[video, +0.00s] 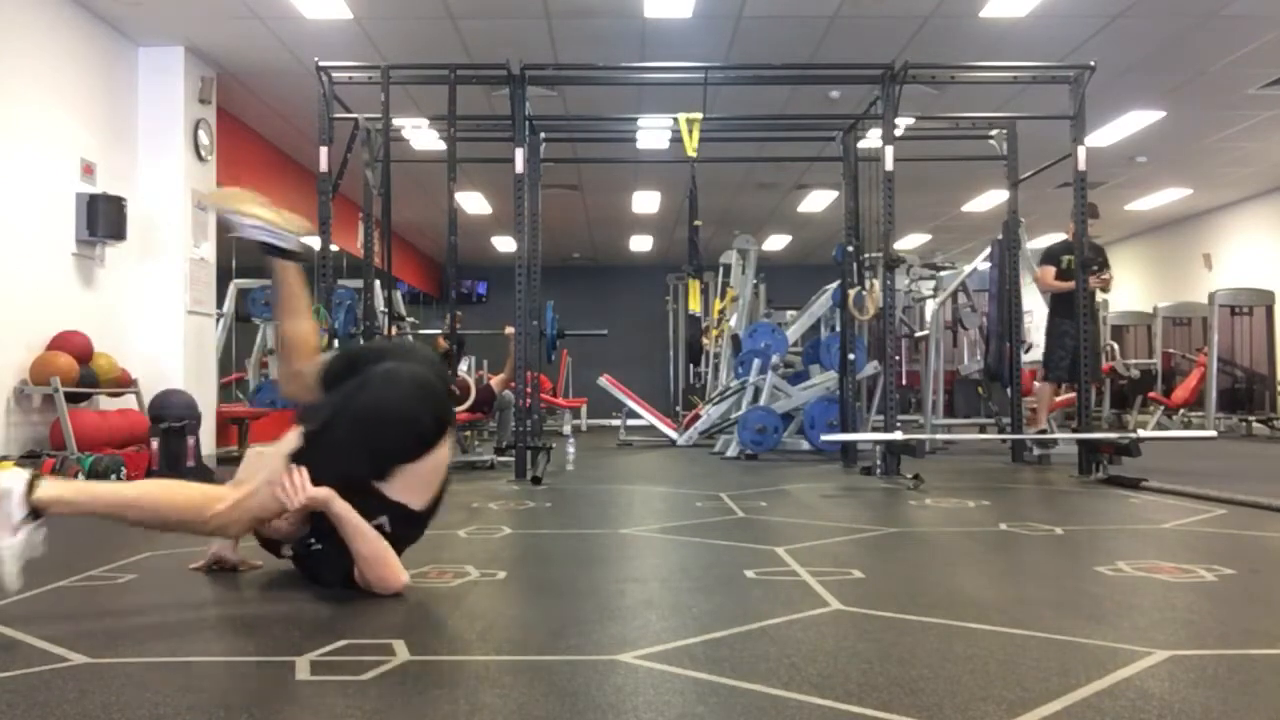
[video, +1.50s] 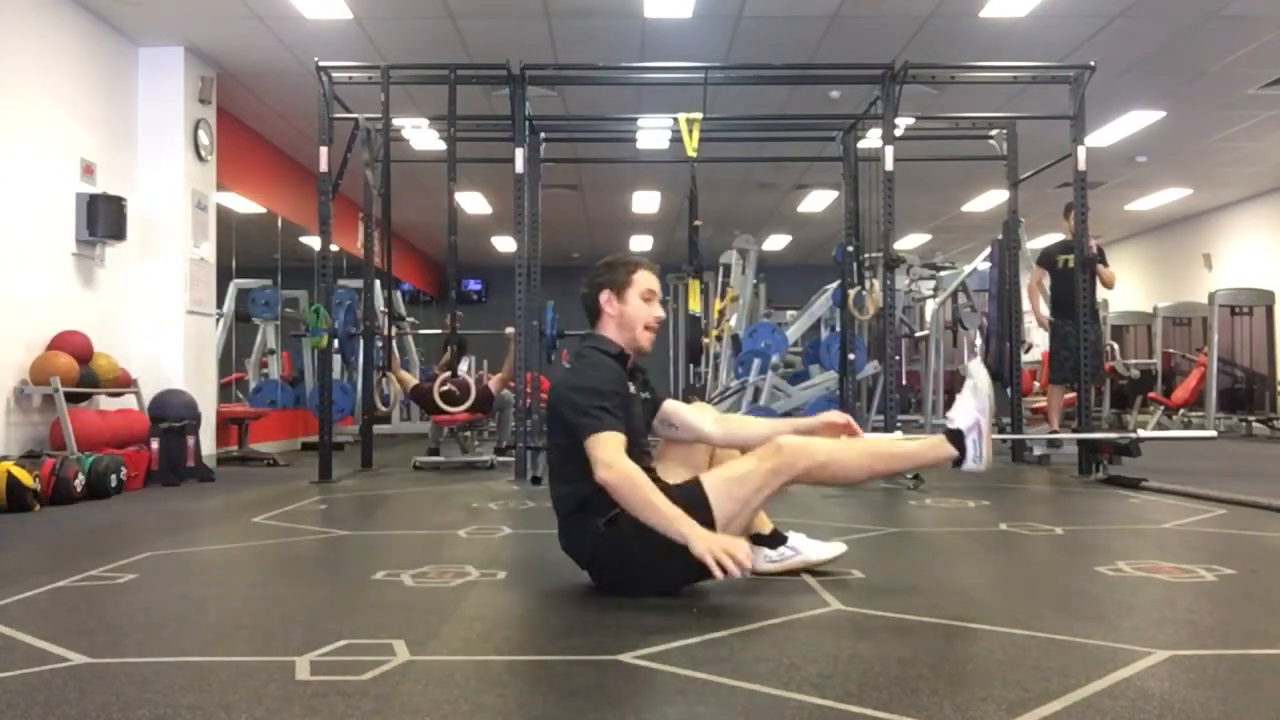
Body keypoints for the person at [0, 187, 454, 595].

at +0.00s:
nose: (275, 524)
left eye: (273, 531)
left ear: (274, 535)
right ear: (298, 542)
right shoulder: (329, 557)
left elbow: (267, 451)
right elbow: (393, 581)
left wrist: (230, 543)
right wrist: (331, 505)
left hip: (402, 367)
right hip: (412, 403)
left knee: (301, 381)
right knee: (231, 510)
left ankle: (284, 248)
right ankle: (34, 492)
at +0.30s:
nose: (329, 482)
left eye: (324, 476)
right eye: (315, 488)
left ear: (339, 477)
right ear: (312, 518)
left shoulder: (371, 474)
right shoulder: (345, 553)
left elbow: (349, 415)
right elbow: (384, 584)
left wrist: (277, 453)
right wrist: (368, 530)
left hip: (518, 434)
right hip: (519, 479)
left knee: (398, 391)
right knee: (322, 439)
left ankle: (473, 319)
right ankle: (227, 318)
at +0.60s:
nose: (412, 433)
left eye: (406, 425)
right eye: (394, 432)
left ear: (414, 432)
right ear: (372, 457)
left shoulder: (453, 476)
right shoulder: (397, 510)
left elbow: (498, 413)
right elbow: (386, 541)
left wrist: (434, 355)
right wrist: (384, 499)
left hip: (598, 517)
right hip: (557, 539)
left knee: (572, 365)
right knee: (509, 357)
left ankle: (681, 431)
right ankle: (590, 219)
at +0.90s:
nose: (536, 351)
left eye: (534, 341)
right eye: (521, 341)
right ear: (483, 356)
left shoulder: (537, 413)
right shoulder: (473, 416)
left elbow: (608, 396)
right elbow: (505, 453)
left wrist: (641, 330)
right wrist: (581, 429)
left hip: (626, 534)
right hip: (591, 543)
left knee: (680, 392)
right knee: (663, 376)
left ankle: (761, 506)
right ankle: (815, 300)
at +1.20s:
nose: (614, 323)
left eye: (613, 313)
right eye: (602, 311)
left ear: (581, 320)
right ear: (562, 316)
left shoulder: (592, 384)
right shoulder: (539, 381)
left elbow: (672, 409)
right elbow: (559, 443)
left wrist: (754, 382)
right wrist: (655, 467)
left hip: (627, 541)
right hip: (597, 549)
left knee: (708, 424)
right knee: (731, 416)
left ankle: (769, 541)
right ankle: (906, 386)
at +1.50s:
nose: (661, 314)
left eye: (661, 302)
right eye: (649, 299)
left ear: (619, 306)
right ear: (608, 304)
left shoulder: (617, 374)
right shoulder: (593, 372)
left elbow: (700, 424)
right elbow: (611, 469)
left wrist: (801, 428)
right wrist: (697, 535)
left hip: (630, 538)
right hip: (625, 551)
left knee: (696, 432)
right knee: (785, 452)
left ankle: (762, 542)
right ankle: (958, 443)